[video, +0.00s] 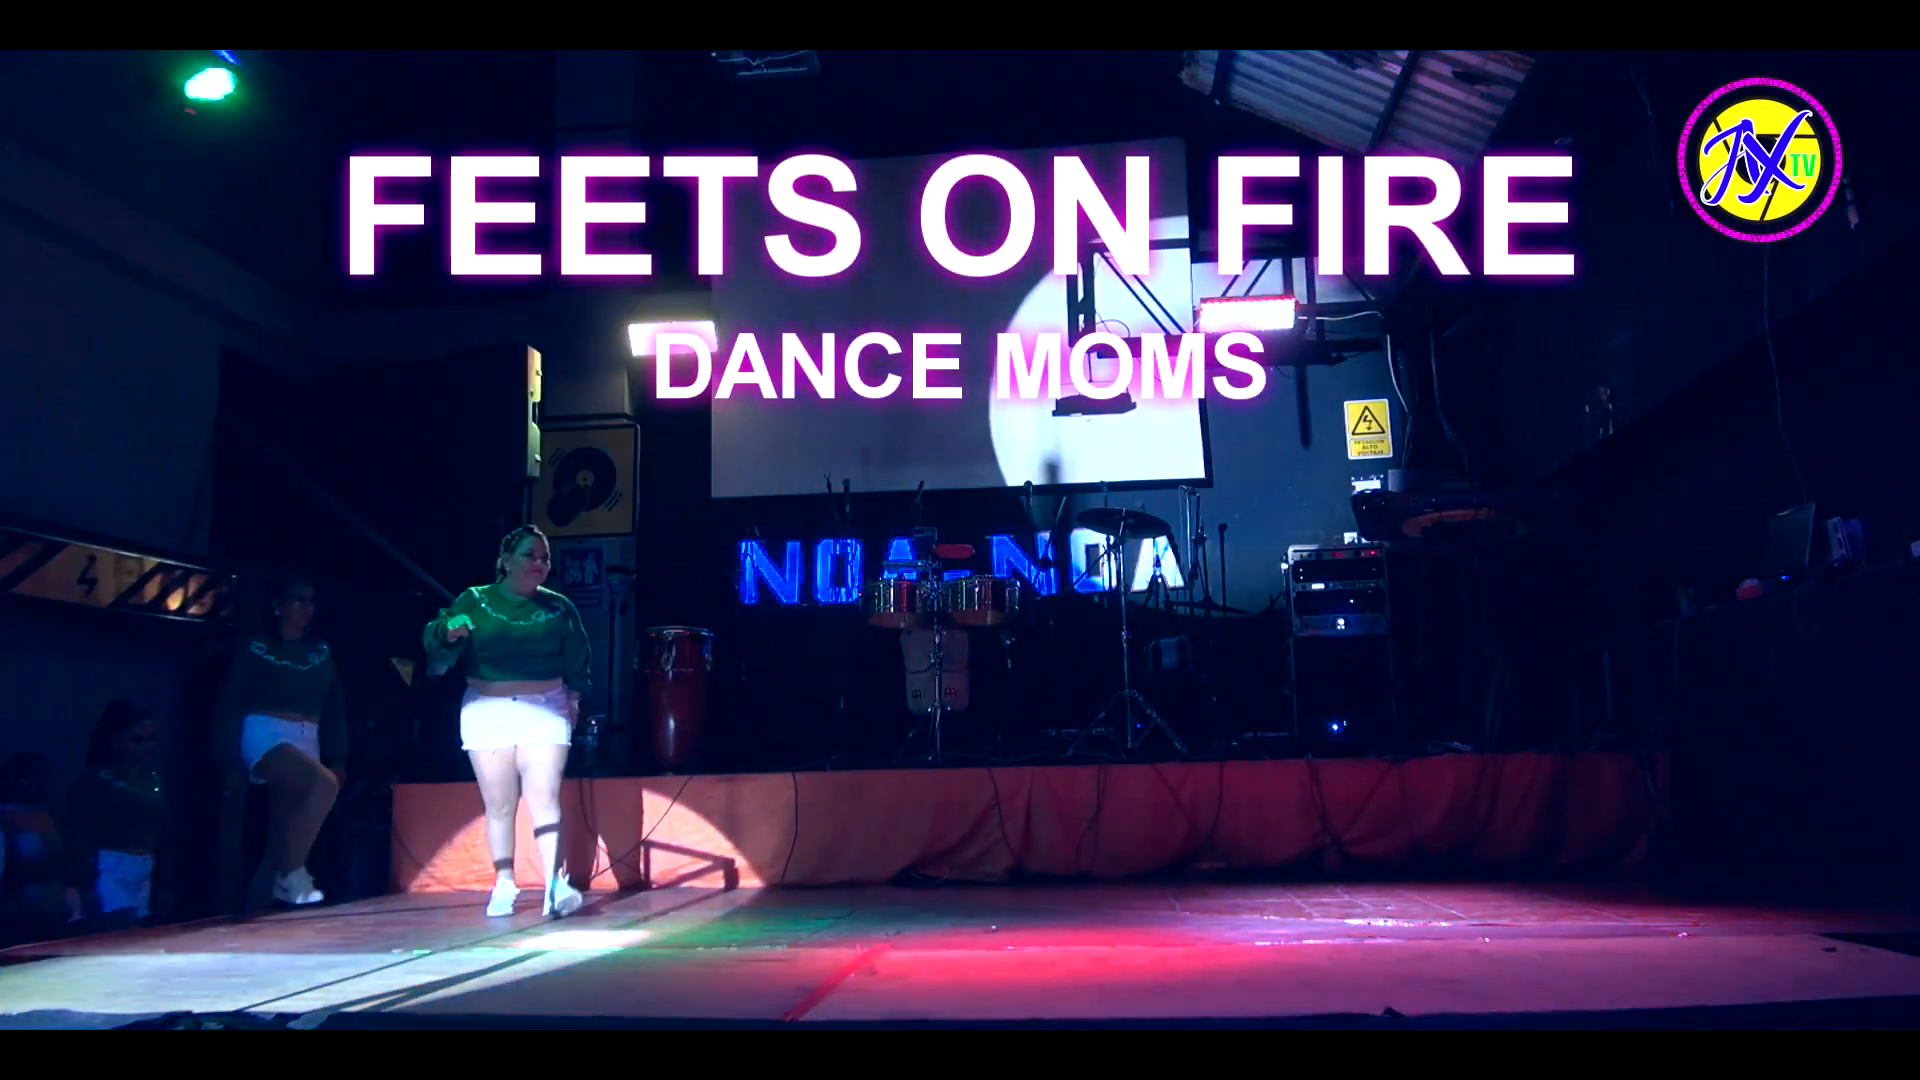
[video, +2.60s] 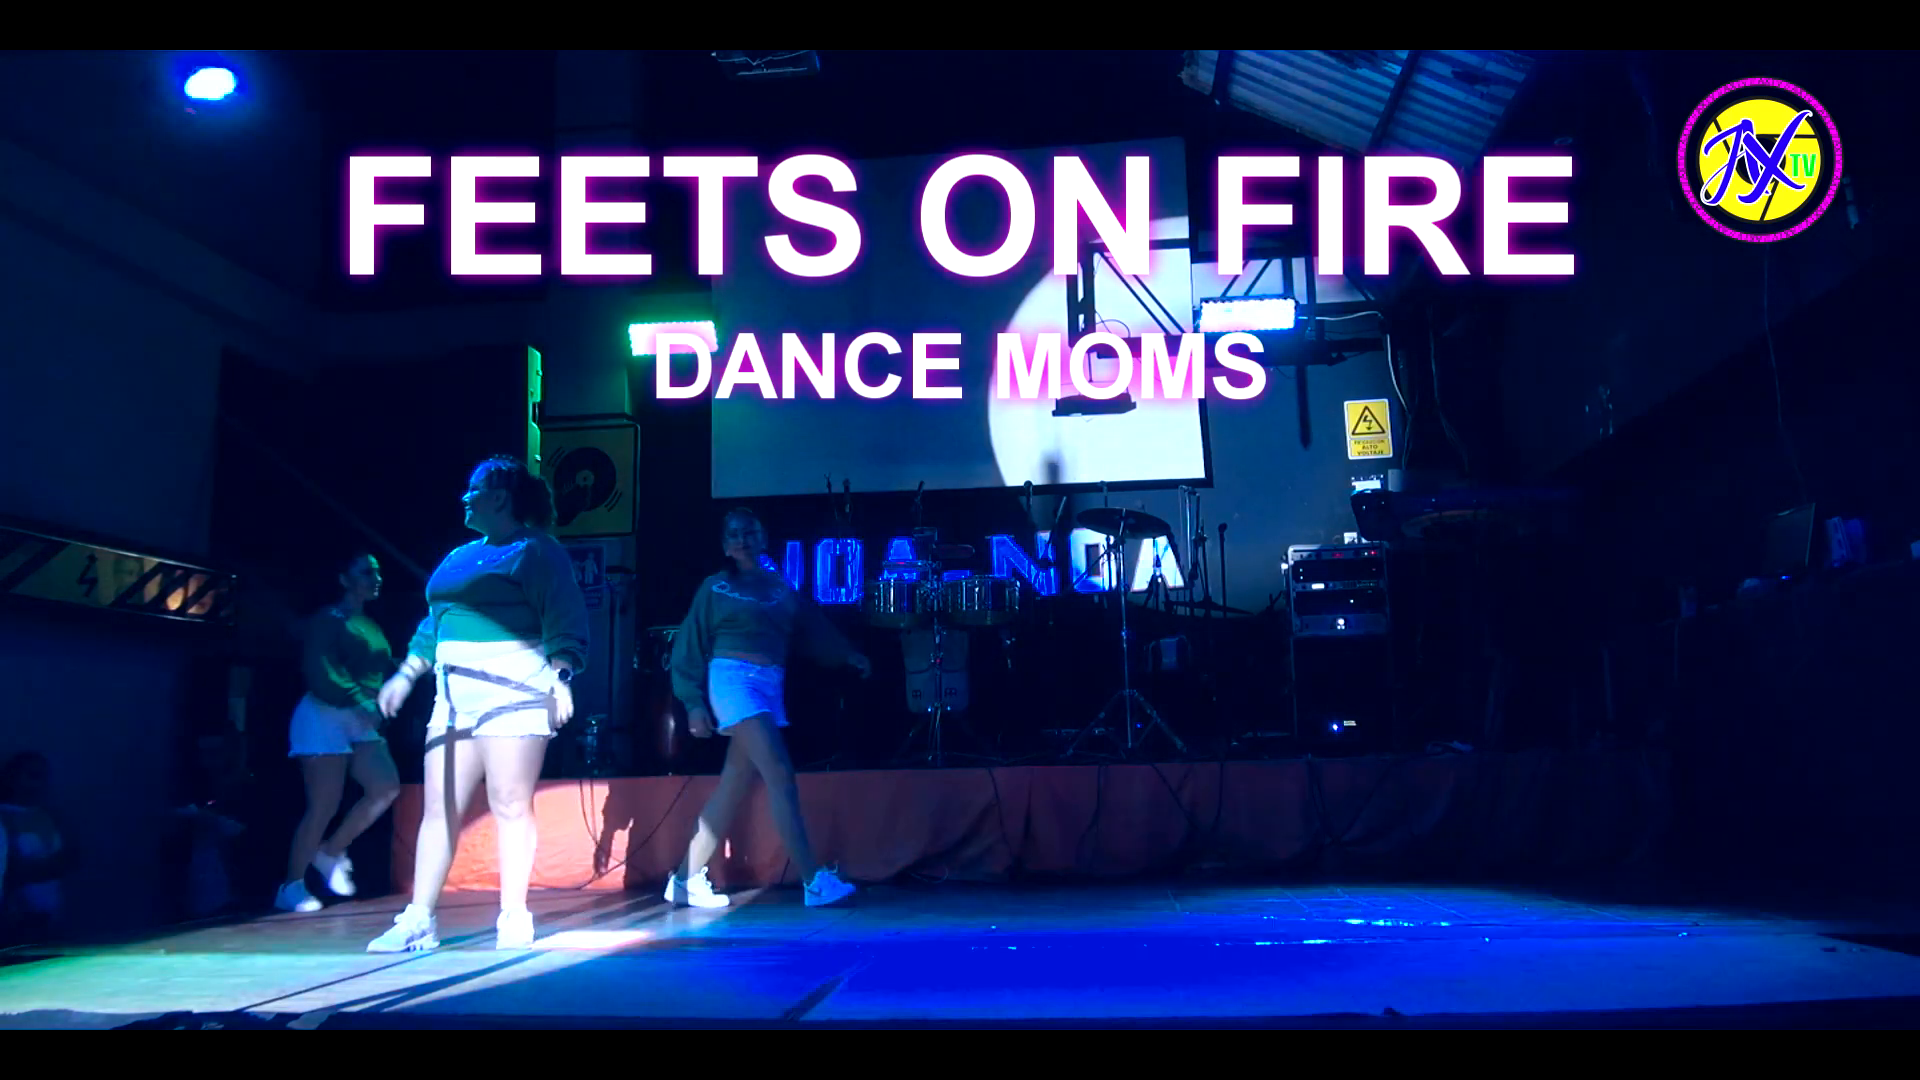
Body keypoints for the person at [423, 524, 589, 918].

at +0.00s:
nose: (540, 564)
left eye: (545, 558)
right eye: (531, 556)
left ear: (549, 563)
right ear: (505, 560)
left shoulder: (559, 607)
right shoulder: (475, 601)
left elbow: (578, 659)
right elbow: (432, 642)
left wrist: (574, 699)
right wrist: (447, 634)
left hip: (545, 707)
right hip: (487, 708)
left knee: (545, 796)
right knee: (499, 803)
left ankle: (555, 884)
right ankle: (504, 883)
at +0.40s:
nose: (559, 555)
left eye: (567, 548)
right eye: (550, 547)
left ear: (578, 555)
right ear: (533, 552)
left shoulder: (594, 607)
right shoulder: (510, 592)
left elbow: (609, 664)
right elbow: (468, 644)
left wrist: (636, 660)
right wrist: (436, 682)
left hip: (583, 703)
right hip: (526, 699)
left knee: (575, 800)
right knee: (538, 789)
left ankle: (558, 893)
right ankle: (521, 838)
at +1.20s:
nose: (516, 511)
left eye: (528, 505)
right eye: (510, 504)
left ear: (549, 515)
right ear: (501, 513)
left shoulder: (576, 566)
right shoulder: (481, 569)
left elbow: (615, 620)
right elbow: (456, 628)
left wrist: (633, 673)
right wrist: (414, 617)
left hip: (558, 682)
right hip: (497, 687)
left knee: (536, 789)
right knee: (519, 797)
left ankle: (529, 906)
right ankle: (542, 903)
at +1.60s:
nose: (504, 503)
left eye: (518, 496)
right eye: (499, 496)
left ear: (546, 514)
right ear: (492, 510)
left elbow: (598, 627)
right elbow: (432, 622)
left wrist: (604, 672)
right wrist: (413, 682)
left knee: (525, 797)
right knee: (452, 798)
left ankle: (516, 909)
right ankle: (493, 888)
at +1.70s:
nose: (496, 494)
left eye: (510, 486)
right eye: (491, 486)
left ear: (536, 498)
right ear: (483, 497)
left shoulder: (564, 557)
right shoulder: (460, 548)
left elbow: (597, 611)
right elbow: (430, 613)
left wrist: (611, 635)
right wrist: (416, 675)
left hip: (536, 686)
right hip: (464, 682)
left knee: (520, 798)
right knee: (437, 794)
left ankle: (515, 911)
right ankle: (442, 902)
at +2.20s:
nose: (450, 493)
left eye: (461, 486)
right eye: (452, 485)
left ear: (493, 497)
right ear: (472, 497)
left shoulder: (530, 552)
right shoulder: (436, 551)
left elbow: (565, 616)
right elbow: (412, 611)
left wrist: (571, 677)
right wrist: (368, 621)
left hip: (494, 677)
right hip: (427, 677)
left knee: (489, 802)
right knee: (433, 804)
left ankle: (507, 912)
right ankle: (418, 918)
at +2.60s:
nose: (466, 498)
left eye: (477, 491)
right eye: (468, 490)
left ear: (506, 499)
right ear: (482, 500)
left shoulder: (540, 552)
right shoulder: (456, 557)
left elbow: (564, 616)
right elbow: (434, 623)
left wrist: (560, 675)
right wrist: (406, 675)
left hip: (517, 689)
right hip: (454, 693)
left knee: (510, 803)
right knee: (440, 808)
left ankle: (514, 915)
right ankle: (419, 917)